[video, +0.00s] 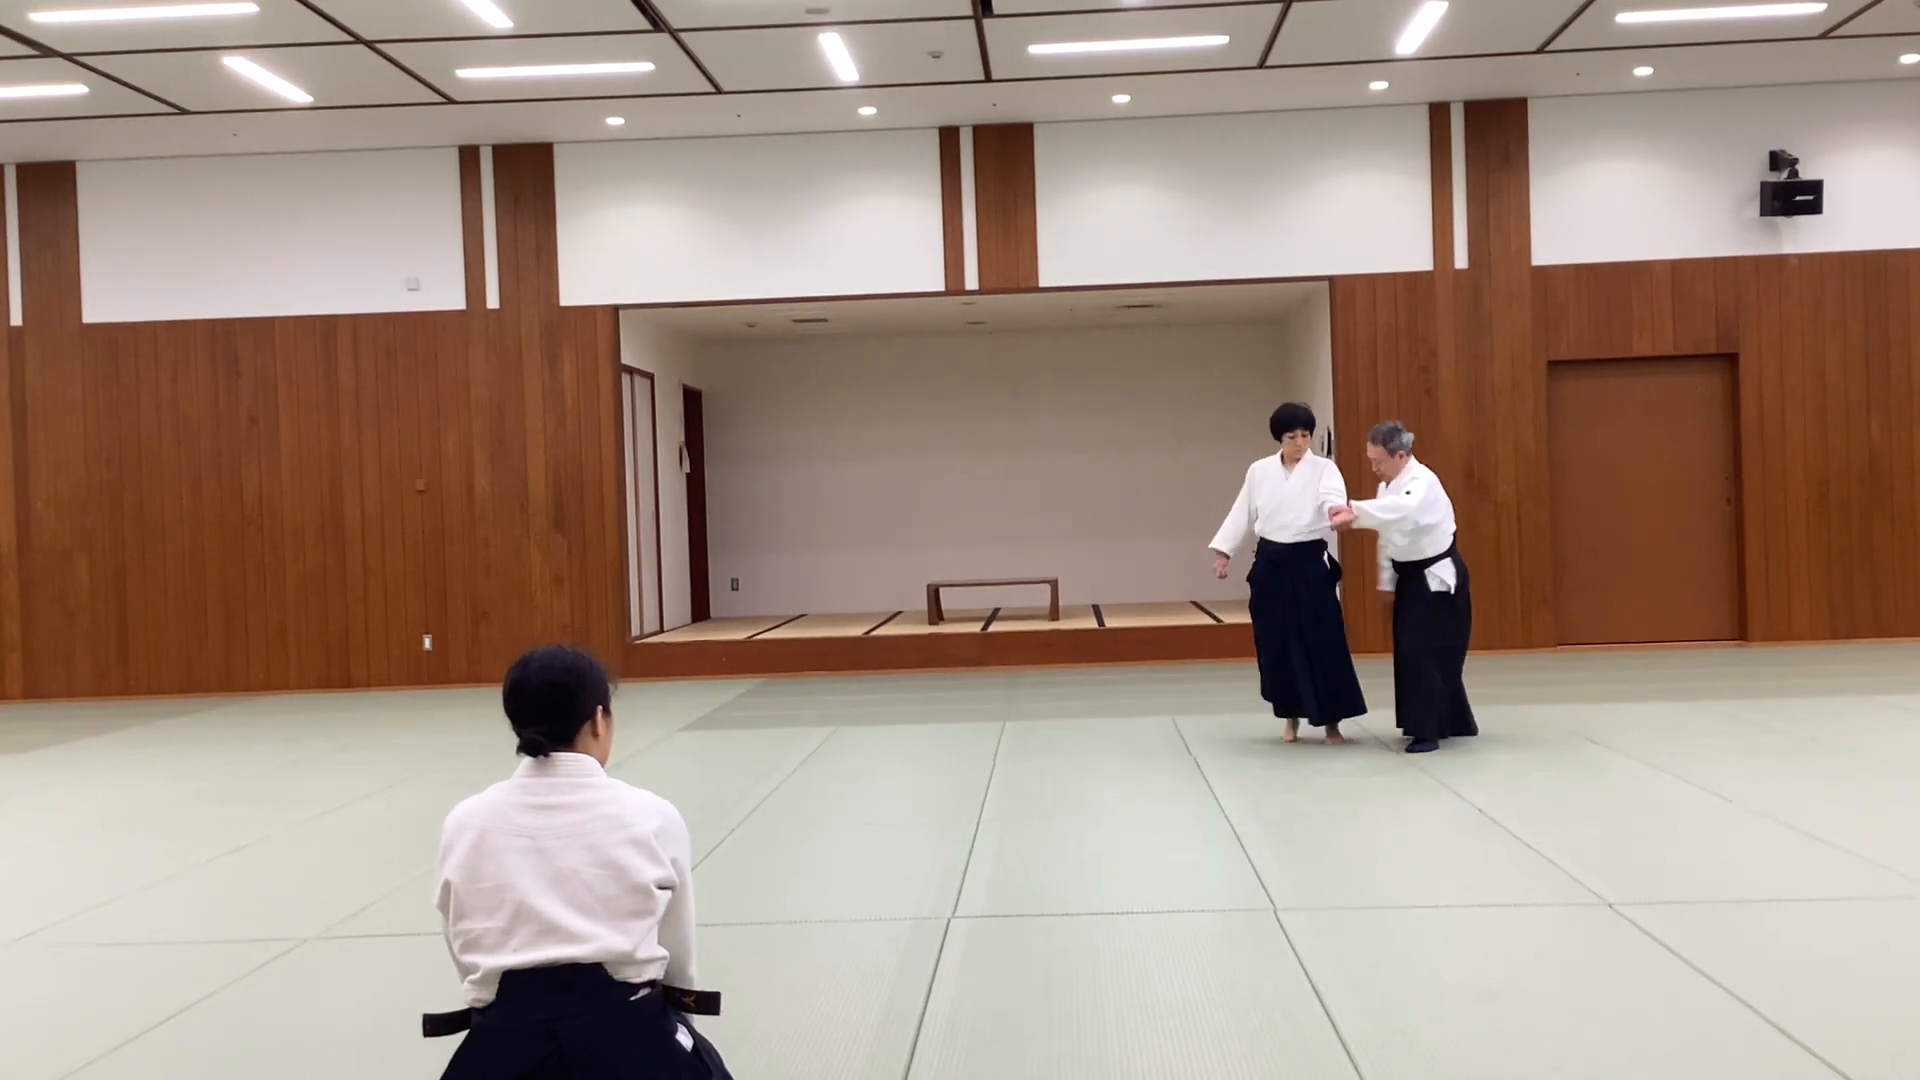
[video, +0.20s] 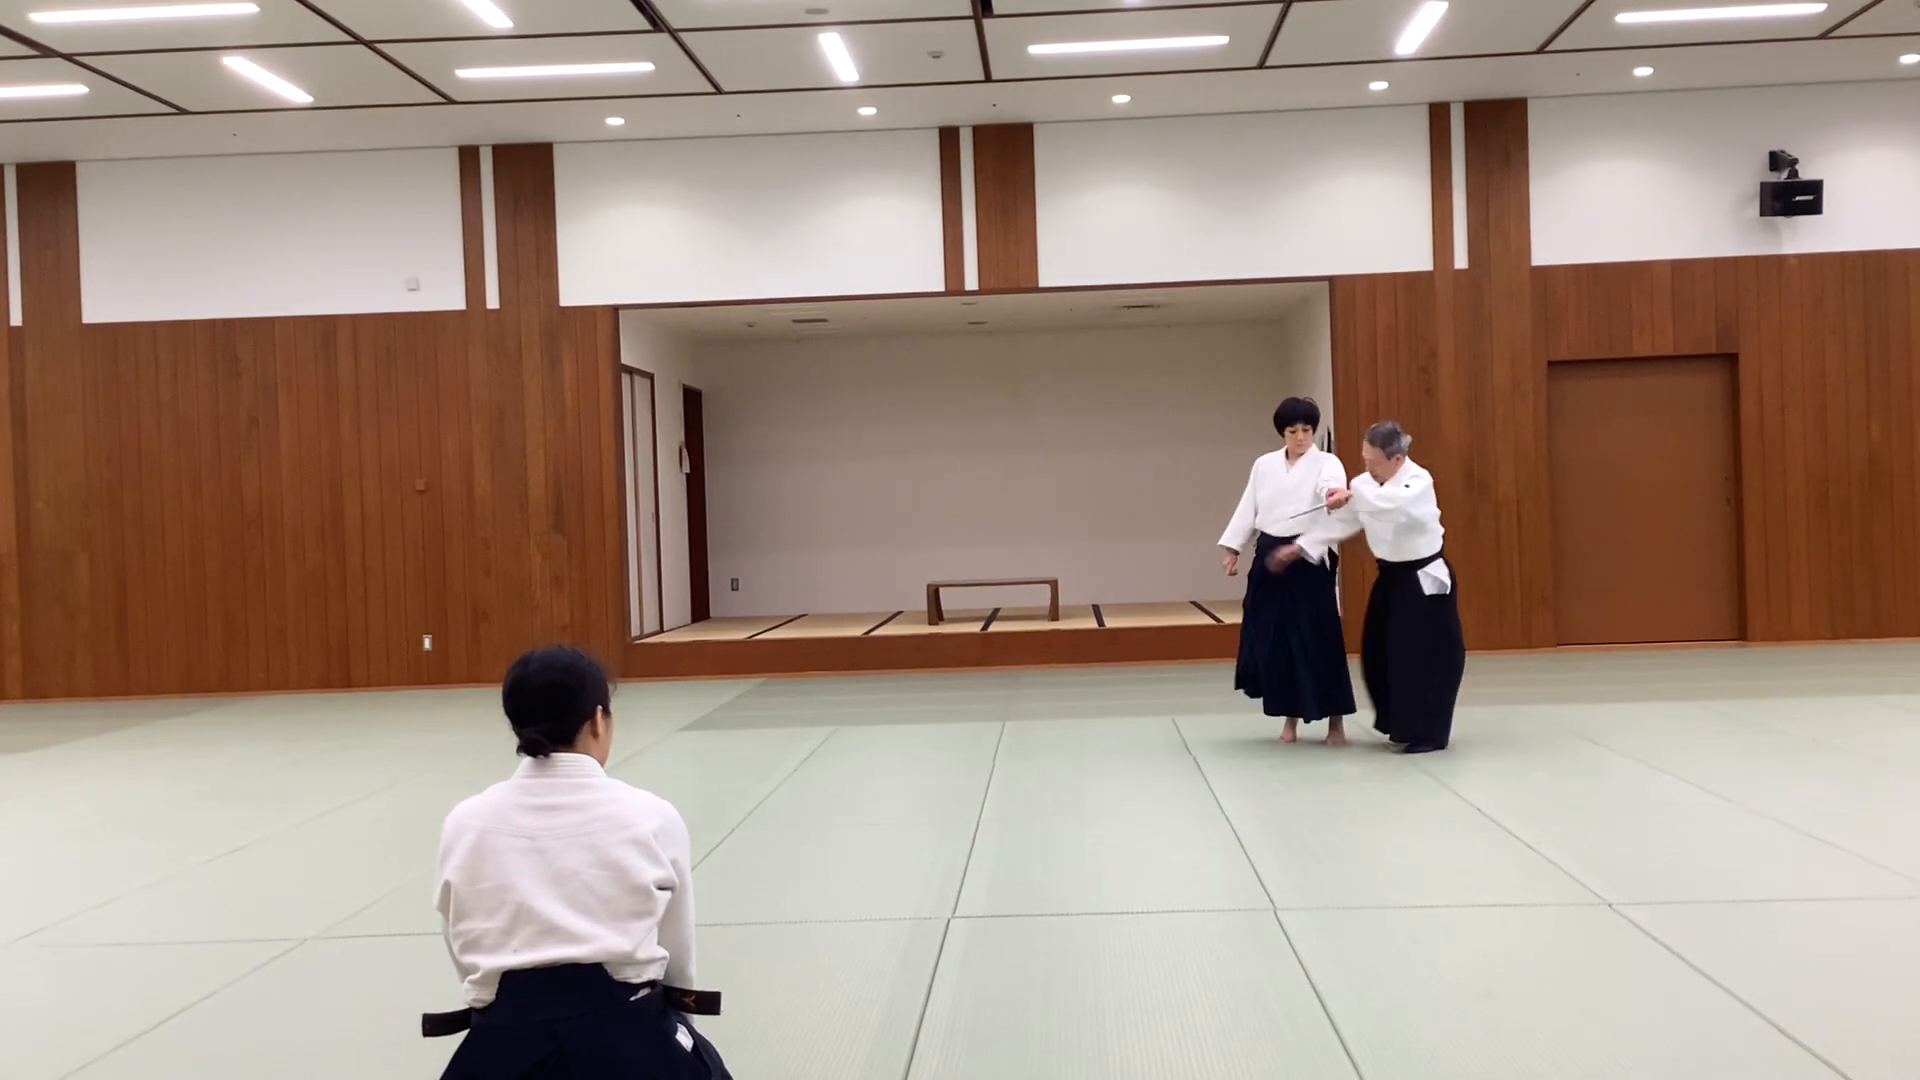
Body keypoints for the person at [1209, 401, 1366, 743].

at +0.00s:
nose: (1300, 442)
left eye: (1305, 435)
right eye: (1293, 436)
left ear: (1312, 436)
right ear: (1279, 436)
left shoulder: (1325, 469)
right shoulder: (1259, 470)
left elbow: (1334, 500)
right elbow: (1241, 513)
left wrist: (1338, 511)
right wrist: (1224, 550)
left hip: (1311, 562)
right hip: (1270, 564)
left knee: (1321, 640)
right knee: (1278, 642)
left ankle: (1332, 725)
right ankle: (1290, 721)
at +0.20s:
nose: (1300, 436)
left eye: (1306, 429)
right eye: (1293, 430)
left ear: (1315, 431)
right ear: (1281, 431)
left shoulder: (1328, 465)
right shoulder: (1264, 465)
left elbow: (1337, 515)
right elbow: (1248, 507)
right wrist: (1234, 546)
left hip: (1312, 558)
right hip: (1269, 556)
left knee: (1319, 637)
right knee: (1279, 637)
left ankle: (1335, 722)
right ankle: (1290, 719)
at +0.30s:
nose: (1297, 435)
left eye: (1303, 429)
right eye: (1290, 429)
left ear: (1314, 430)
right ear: (1280, 431)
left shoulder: (1325, 466)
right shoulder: (1264, 463)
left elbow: (1323, 517)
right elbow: (1248, 506)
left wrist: (1279, 538)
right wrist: (1234, 545)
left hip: (1309, 559)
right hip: (1269, 558)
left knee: (1318, 637)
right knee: (1279, 638)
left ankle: (1336, 720)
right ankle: (1288, 720)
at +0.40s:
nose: (1291, 437)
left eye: (1298, 430)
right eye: (1284, 431)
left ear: (1310, 432)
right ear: (1276, 433)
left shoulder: (1320, 470)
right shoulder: (1262, 463)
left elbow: (1304, 517)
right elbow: (1245, 506)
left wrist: (1261, 544)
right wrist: (1232, 545)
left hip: (1301, 570)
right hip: (1264, 568)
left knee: (1300, 643)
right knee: (1268, 642)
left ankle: (1305, 718)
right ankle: (1286, 713)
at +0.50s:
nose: (1273, 451)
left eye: (1280, 444)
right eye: (1267, 444)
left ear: (1295, 444)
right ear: (1261, 443)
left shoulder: (1307, 482)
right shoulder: (1252, 472)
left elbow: (1296, 536)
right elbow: (1236, 515)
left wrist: (1257, 568)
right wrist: (1226, 556)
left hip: (1284, 571)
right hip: (1246, 565)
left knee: (1270, 642)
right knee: (1233, 636)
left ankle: (1262, 719)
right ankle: (1248, 717)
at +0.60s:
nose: (1240, 480)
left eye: (1246, 473)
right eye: (1236, 473)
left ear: (1263, 472)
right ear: (1233, 472)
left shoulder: (1285, 506)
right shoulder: (1227, 500)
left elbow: (1285, 560)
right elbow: (1218, 543)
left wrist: (1262, 602)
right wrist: (1213, 577)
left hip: (1271, 585)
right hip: (1235, 582)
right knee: (1207, 633)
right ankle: (1198, 720)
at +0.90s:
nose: (1138, 625)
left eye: (1139, 619)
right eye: (1131, 623)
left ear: (1141, 607)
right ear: (1114, 620)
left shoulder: (1161, 596)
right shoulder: (1101, 623)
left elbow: (1214, 604)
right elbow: (1080, 670)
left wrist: (1247, 617)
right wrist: (1099, 716)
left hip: (1171, 636)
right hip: (1138, 647)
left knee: (1173, 688)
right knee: (1144, 692)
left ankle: (1174, 741)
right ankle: (1150, 742)